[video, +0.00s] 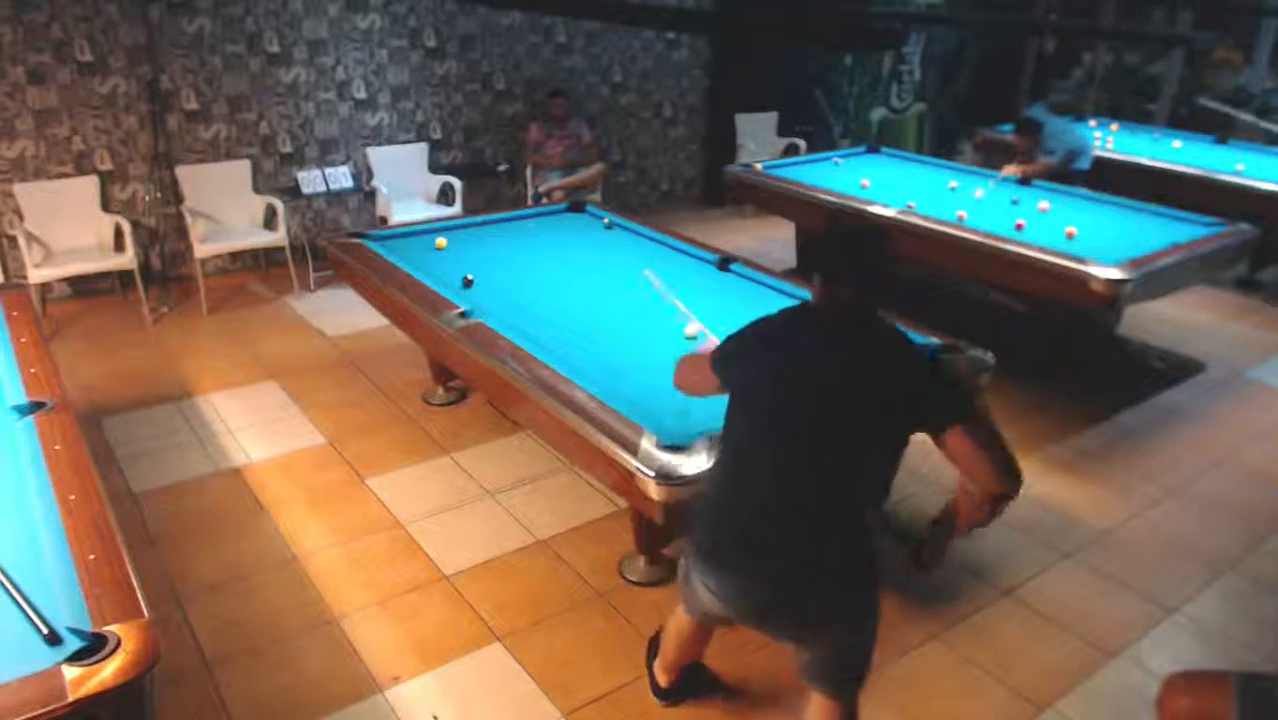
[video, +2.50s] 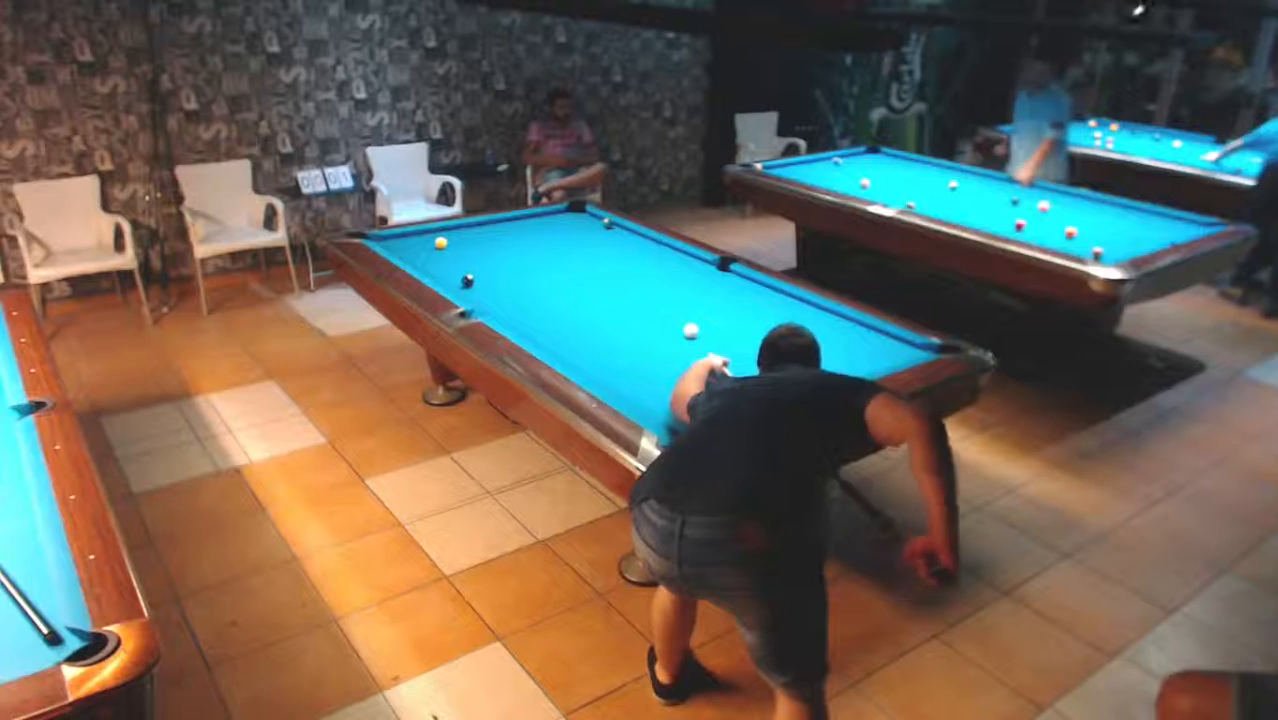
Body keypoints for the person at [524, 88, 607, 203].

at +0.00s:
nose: (559, 110)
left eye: (562, 106)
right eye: (555, 107)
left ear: (568, 107)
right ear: (548, 108)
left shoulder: (578, 126)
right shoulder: (538, 128)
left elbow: (591, 153)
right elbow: (529, 156)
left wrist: (567, 160)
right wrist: (552, 162)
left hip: (576, 166)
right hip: (550, 170)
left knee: (600, 168)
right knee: (558, 196)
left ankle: (551, 186)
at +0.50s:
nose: (559, 110)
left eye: (563, 106)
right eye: (555, 106)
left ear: (568, 107)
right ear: (548, 108)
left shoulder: (578, 126)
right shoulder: (538, 127)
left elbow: (592, 154)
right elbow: (529, 156)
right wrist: (555, 161)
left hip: (576, 166)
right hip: (549, 170)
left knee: (600, 169)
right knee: (559, 196)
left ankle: (551, 186)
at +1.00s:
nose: (559, 110)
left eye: (563, 106)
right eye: (555, 106)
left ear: (568, 107)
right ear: (548, 108)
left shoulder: (578, 126)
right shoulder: (539, 127)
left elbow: (591, 153)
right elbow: (529, 156)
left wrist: (570, 160)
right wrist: (555, 161)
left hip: (575, 166)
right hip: (549, 169)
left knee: (600, 168)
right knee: (558, 196)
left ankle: (553, 185)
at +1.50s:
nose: (562, 111)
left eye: (565, 107)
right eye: (558, 107)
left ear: (570, 108)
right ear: (551, 108)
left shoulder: (579, 126)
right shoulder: (540, 127)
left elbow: (593, 154)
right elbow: (529, 157)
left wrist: (570, 160)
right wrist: (554, 162)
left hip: (577, 166)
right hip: (550, 170)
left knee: (601, 169)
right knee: (558, 196)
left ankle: (552, 185)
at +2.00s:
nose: (563, 110)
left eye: (566, 106)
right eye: (559, 106)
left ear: (571, 107)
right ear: (551, 108)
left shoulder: (579, 125)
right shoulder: (539, 126)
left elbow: (592, 154)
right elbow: (528, 157)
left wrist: (570, 160)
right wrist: (554, 162)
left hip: (575, 167)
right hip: (549, 171)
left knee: (601, 168)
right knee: (558, 196)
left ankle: (550, 187)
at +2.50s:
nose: (565, 111)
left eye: (568, 107)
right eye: (561, 107)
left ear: (572, 108)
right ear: (552, 108)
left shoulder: (579, 126)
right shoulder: (539, 127)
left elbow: (593, 155)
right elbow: (529, 157)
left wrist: (571, 161)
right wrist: (555, 161)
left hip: (576, 166)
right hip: (551, 169)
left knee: (601, 169)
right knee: (559, 196)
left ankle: (551, 186)